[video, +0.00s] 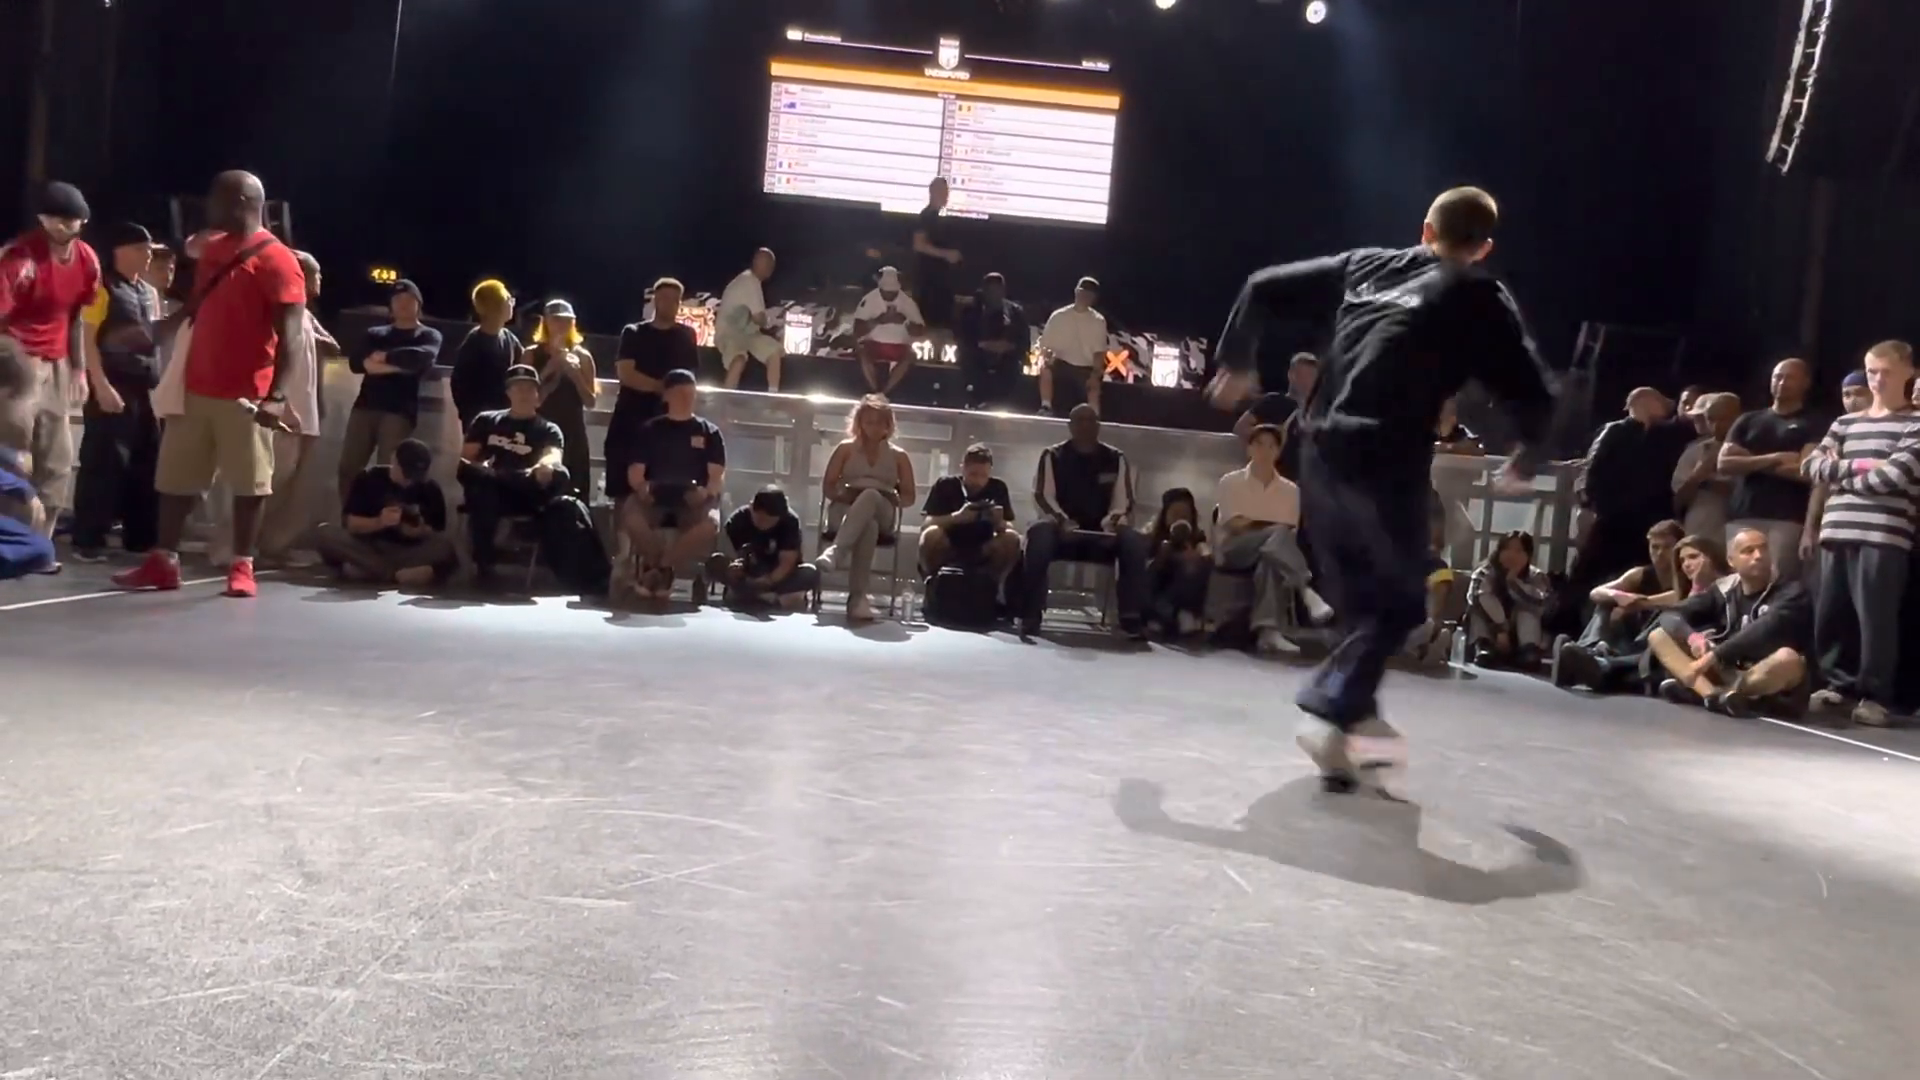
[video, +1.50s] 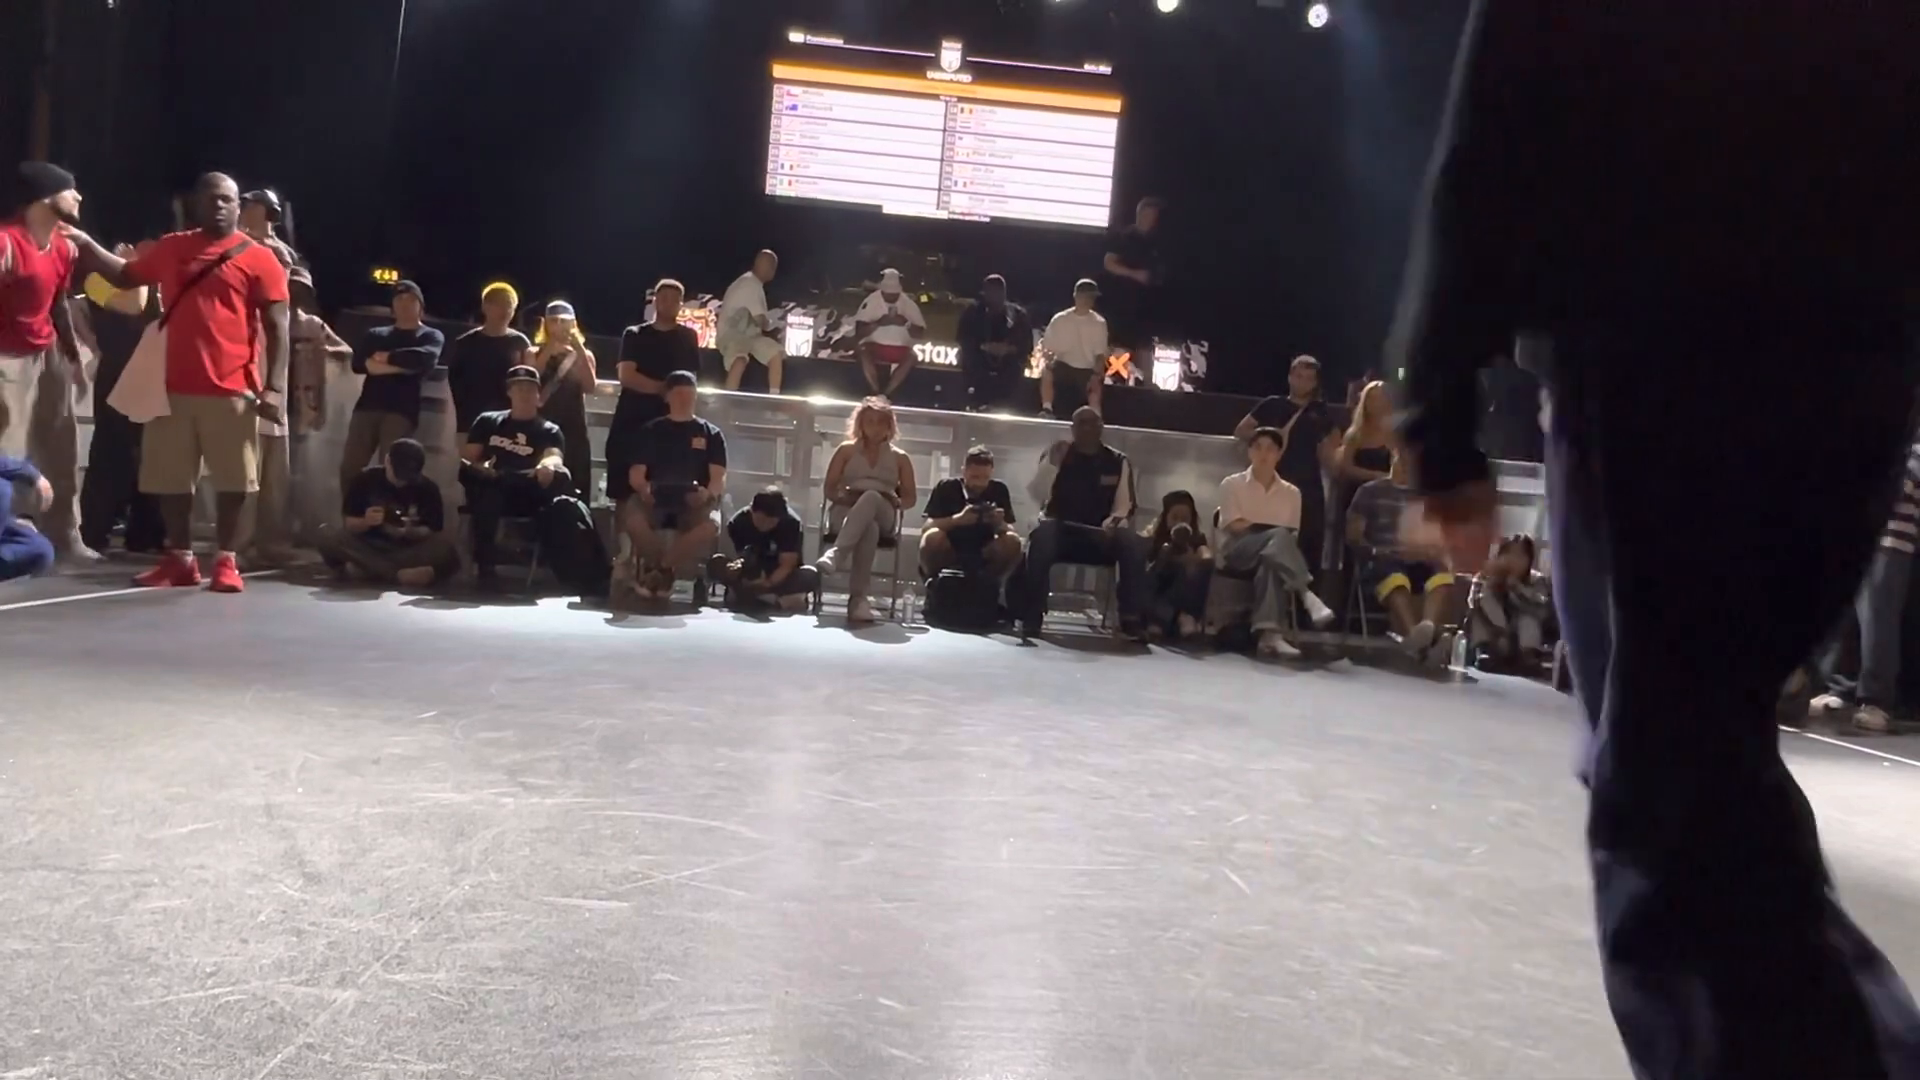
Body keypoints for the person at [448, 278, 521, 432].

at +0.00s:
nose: (512, 302)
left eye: (510, 298)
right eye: (507, 299)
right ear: (493, 307)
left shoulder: (511, 340)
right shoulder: (472, 345)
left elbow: (517, 377)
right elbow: (458, 382)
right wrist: (468, 415)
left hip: (505, 415)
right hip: (476, 418)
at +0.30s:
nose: (513, 302)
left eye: (511, 298)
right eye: (508, 299)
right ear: (494, 307)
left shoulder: (510, 340)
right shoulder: (470, 346)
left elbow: (519, 374)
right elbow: (457, 382)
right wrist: (467, 416)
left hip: (506, 414)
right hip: (476, 418)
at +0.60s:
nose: (511, 302)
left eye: (509, 298)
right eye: (506, 299)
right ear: (494, 307)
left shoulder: (510, 341)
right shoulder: (468, 347)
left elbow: (518, 378)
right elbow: (456, 384)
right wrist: (466, 418)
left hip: (505, 417)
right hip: (474, 420)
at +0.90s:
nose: (514, 305)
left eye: (512, 300)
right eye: (509, 301)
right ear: (489, 308)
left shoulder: (512, 342)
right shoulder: (467, 345)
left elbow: (519, 377)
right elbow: (453, 382)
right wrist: (465, 417)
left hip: (505, 415)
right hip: (472, 417)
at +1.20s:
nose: (510, 310)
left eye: (512, 304)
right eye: (504, 304)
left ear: (514, 308)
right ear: (485, 306)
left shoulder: (516, 341)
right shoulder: (465, 342)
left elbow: (524, 379)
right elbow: (451, 380)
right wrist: (464, 414)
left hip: (508, 415)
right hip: (472, 415)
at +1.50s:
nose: (505, 312)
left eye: (509, 306)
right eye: (499, 305)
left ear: (514, 310)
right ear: (485, 307)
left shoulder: (520, 343)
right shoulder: (463, 343)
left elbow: (526, 380)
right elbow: (454, 379)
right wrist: (464, 413)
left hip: (508, 421)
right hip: (470, 420)